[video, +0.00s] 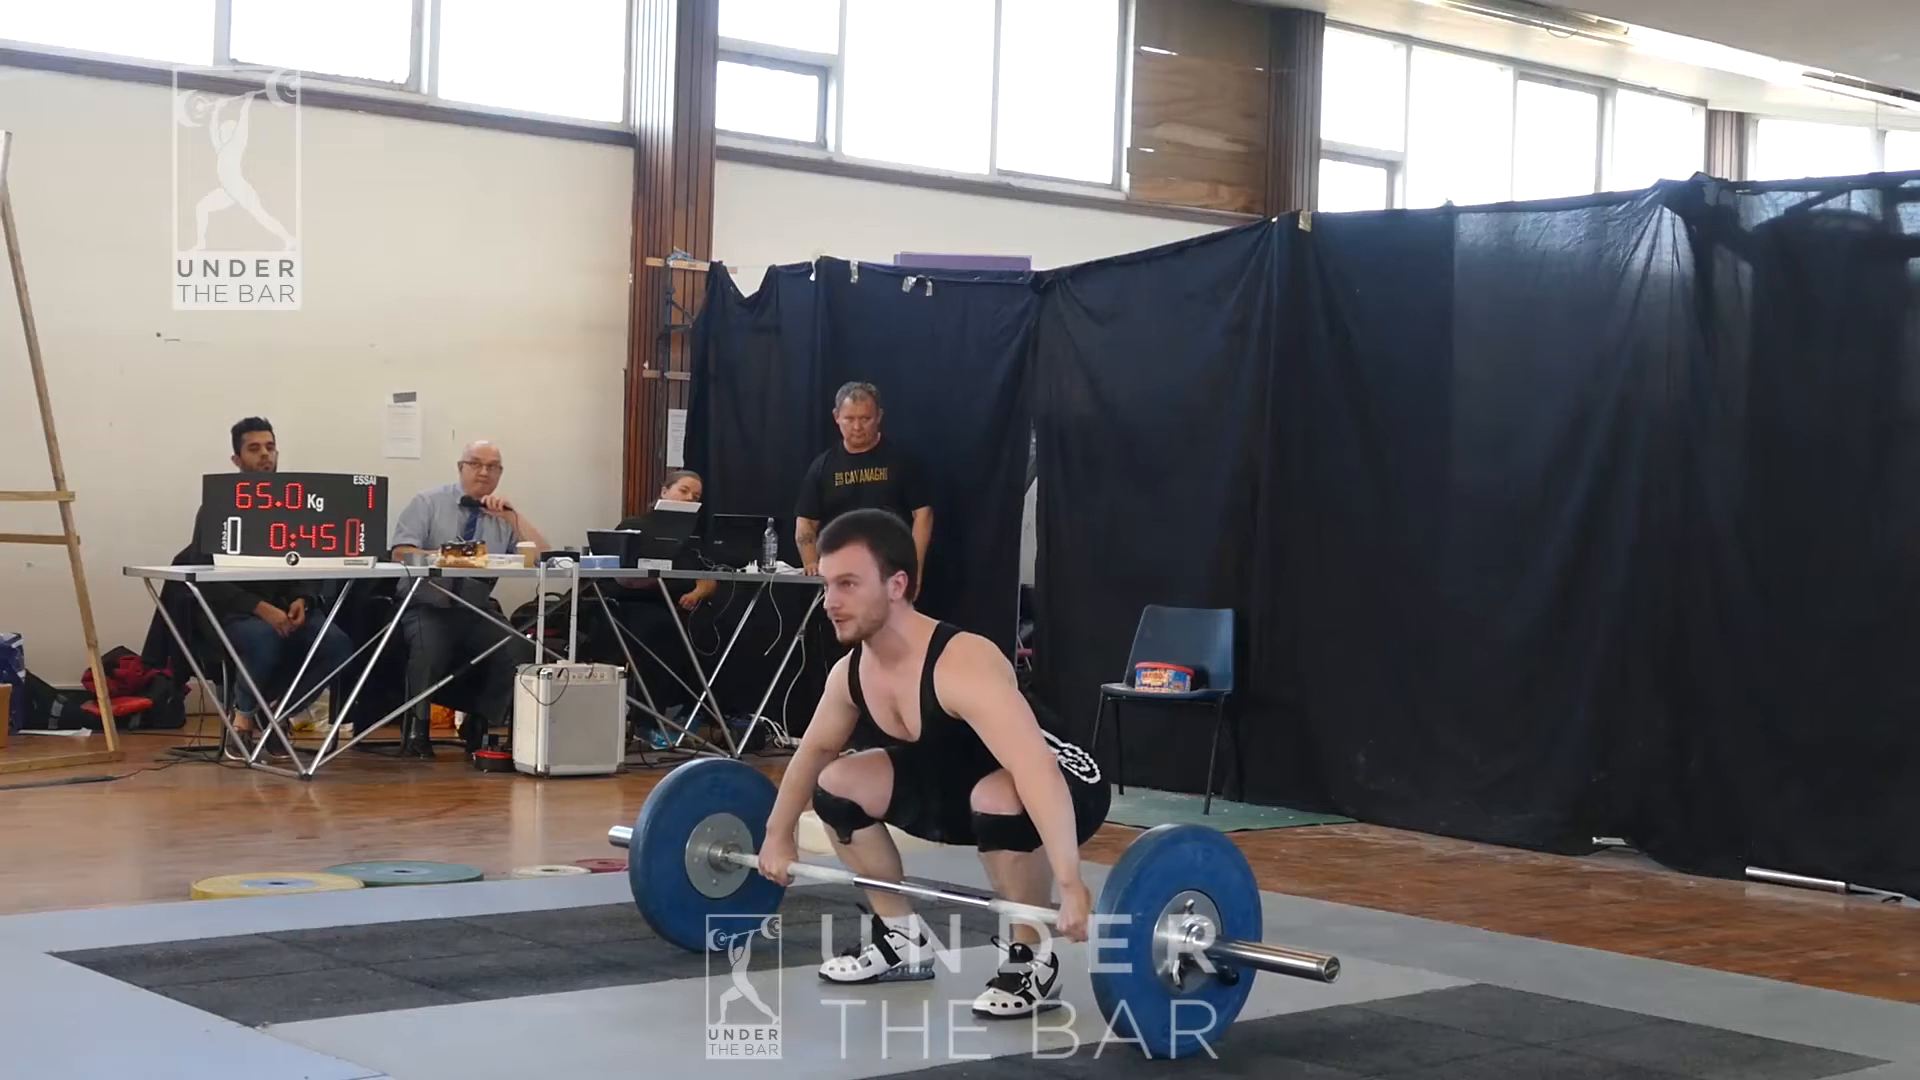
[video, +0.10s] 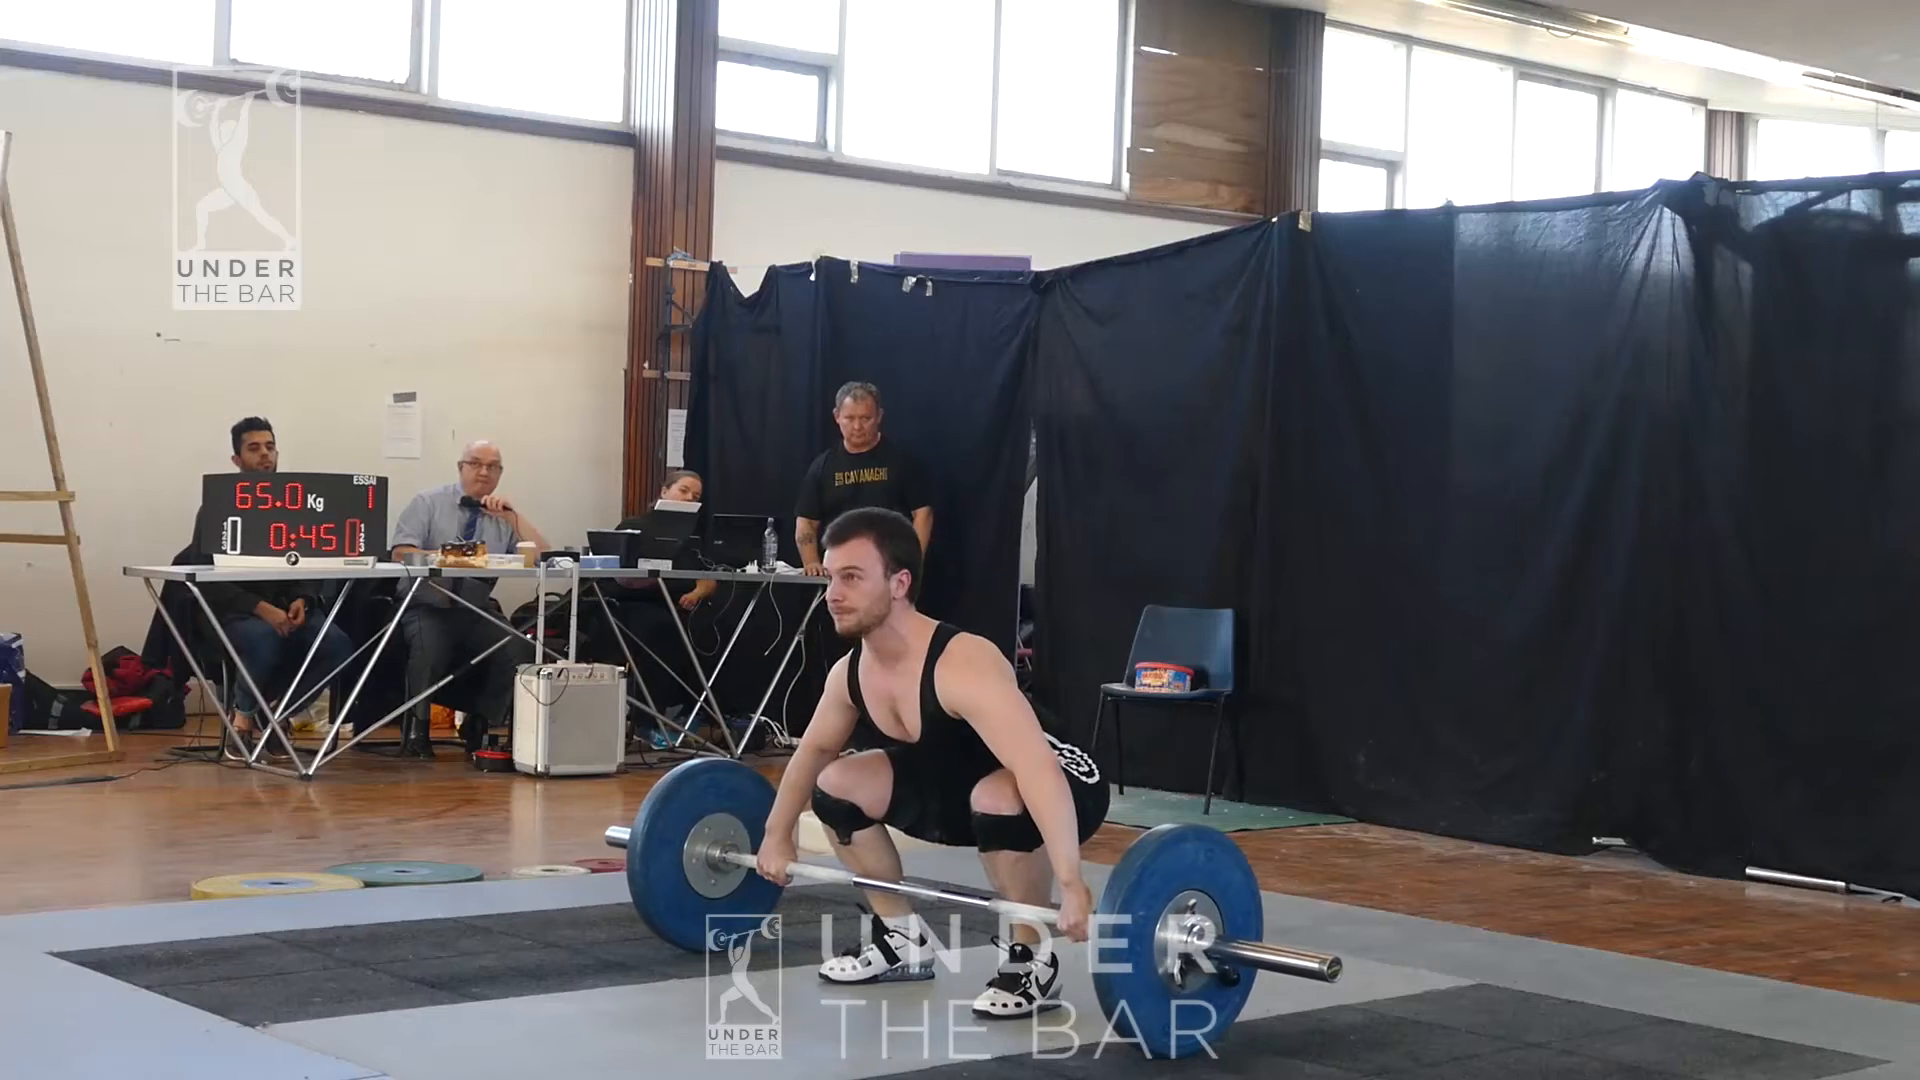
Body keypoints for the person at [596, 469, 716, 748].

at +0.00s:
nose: (688, 498)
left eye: (694, 496)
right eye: (683, 490)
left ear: (698, 503)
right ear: (664, 491)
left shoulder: (696, 536)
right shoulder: (633, 525)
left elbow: (711, 578)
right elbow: (607, 560)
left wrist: (697, 594)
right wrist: (628, 579)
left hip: (675, 606)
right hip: (632, 603)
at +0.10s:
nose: (688, 498)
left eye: (694, 496)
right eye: (683, 490)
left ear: (698, 503)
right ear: (665, 491)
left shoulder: (696, 536)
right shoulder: (633, 525)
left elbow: (710, 579)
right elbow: (607, 559)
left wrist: (696, 594)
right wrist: (628, 579)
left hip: (674, 606)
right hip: (632, 603)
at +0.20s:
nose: (688, 497)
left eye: (694, 495)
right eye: (683, 489)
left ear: (698, 503)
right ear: (665, 491)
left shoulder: (696, 535)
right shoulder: (634, 525)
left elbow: (710, 579)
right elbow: (607, 559)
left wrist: (696, 594)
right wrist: (627, 579)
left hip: (674, 606)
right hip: (631, 603)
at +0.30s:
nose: (687, 496)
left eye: (694, 494)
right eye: (682, 489)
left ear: (697, 503)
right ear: (664, 491)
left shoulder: (696, 536)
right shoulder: (633, 525)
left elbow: (710, 579)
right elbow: (608, 560)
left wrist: (696, 594)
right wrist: (628, 579)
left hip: (674, 606)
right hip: (631, 604)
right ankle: (648, 722)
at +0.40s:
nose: (686, 495)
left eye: (693, 493)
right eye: (681, 487)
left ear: (696, 501)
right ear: (663, 489)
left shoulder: (697, 534)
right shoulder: (633, 525)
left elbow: (710, 578)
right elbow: (612, 568)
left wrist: (697, 594)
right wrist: (629, 581)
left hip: (675, 608)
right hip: (631, 605)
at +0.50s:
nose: (683, 492)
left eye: (690, 489)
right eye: (677, 485)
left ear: (694, 498)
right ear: (660, 489)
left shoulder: (694, 533)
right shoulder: (633, 525)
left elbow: (711, 578)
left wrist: (697, 594)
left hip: (678, 609)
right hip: (634, 606)